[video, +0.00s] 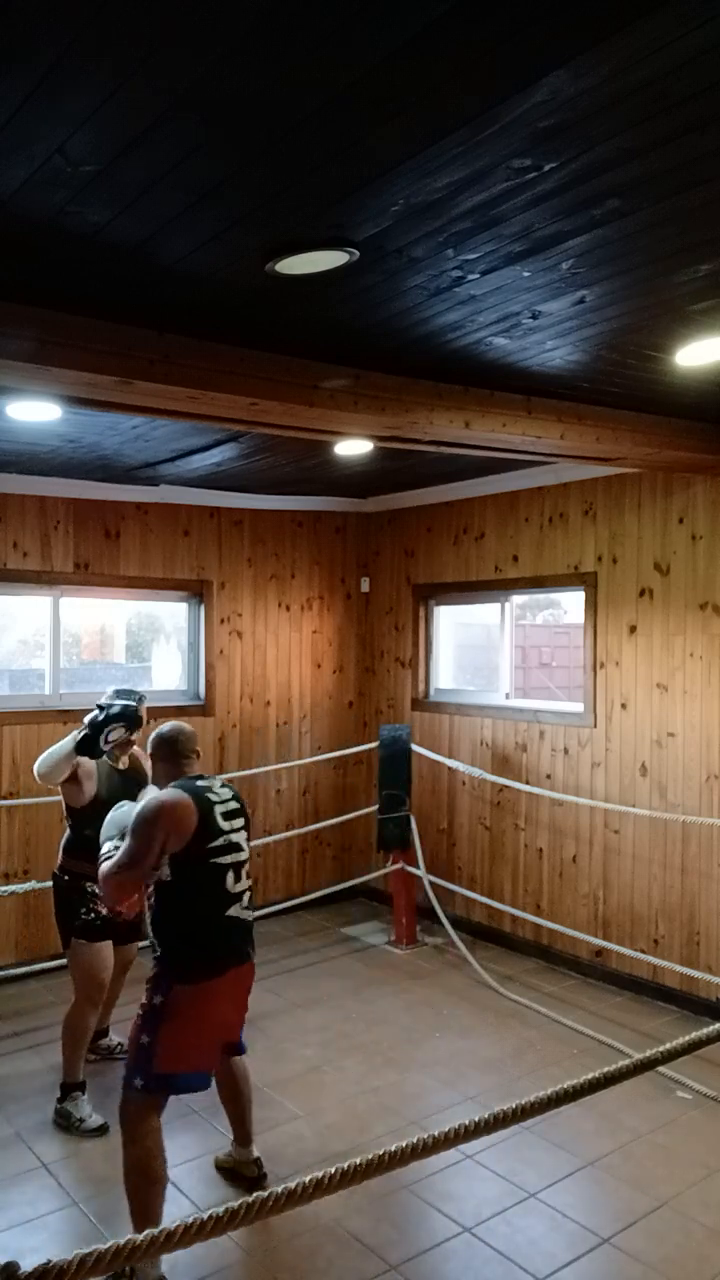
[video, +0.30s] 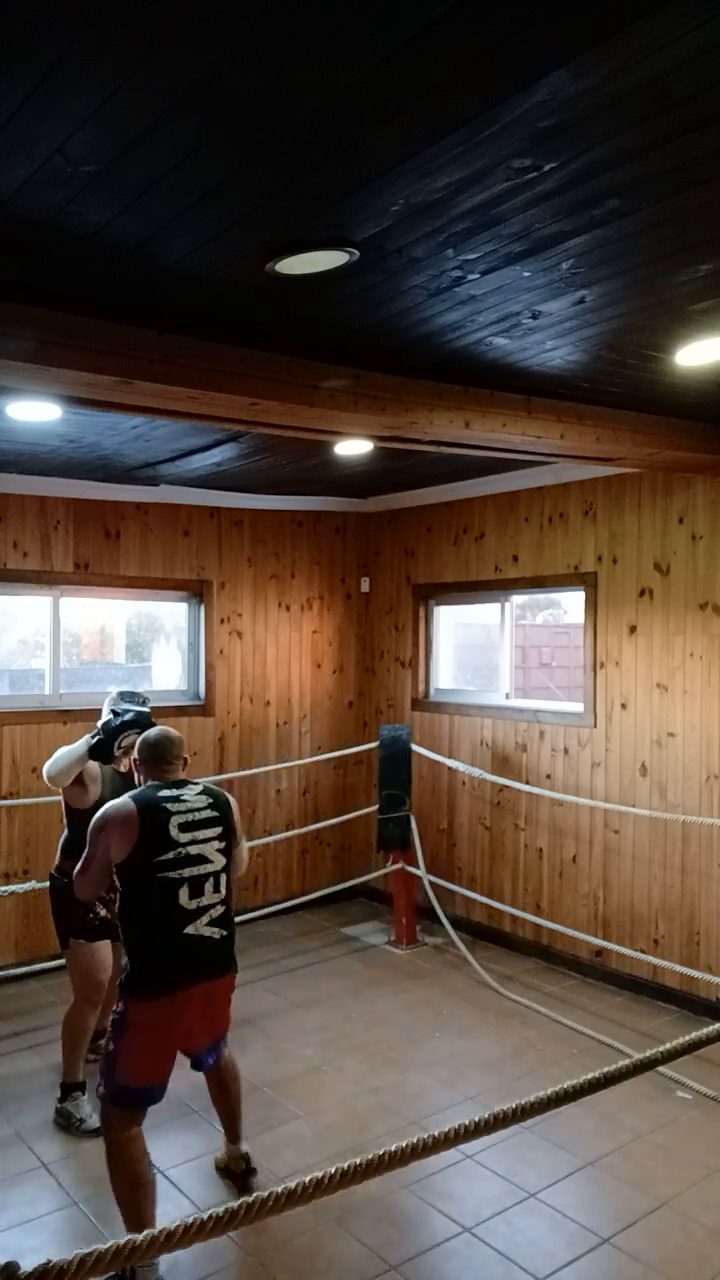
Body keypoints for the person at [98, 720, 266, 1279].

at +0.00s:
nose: (147, 768)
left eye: (147, 760)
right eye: (149, 759)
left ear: (151, 761)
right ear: (197, 757)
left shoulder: (162, 806)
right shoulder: (227, 794)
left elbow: (117, 891)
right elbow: (196, 853)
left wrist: (118, 845)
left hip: (188, 975)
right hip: (238, 963)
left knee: (139, 1110)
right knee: (227, 1049)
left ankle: (145, 1255)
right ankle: (245, 1155)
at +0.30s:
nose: (128, 767)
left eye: (130, 761)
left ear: (133, 764)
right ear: (185, 763)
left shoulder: (119, 815)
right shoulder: (221, 801)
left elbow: (86, 887)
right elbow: (233, 871)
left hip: (154, 983)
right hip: (218, 971)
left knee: (122, 1118)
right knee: (215, 1053)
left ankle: (143, 1255)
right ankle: (236, 1152)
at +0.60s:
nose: (128, 768)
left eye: (129, 762)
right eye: (133, 760)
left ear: (135, 765)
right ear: (179, 761)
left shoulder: (141, 811)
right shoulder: (197, 792)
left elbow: (87, 875)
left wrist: (97, 828)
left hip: (164, 975)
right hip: (215, 961)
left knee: (98, 1097)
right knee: (200, 1043)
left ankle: (135, 1240)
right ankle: (224, 1138)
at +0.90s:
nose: (126, 765)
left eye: (126, 757)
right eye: (132, 757)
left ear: (133, 758)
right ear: (174, 756)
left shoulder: (140, 807)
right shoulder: (193, 793)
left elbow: (78, 869)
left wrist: (96, 813)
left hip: (163, 964)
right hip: (199, 947)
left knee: (127, 1098)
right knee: (180, 1033)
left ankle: (175, 1235)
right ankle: (199, 1121)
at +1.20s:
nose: (109, 759)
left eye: (110, 752)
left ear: (113, 758)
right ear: (158, 753)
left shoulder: (127, 805)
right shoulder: (185, 788)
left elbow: (78, 878)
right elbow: (171, 857)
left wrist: (92, 832)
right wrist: (116, 860)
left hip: (156, 957)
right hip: (200, 943)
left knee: (105, 1086)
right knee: (186, 1029)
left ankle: (136, 1226)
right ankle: (203, 1121)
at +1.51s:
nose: (87, 762)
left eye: (88, 755)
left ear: (94, 756)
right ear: (141, 749)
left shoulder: (87, 803)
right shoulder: (181, 788)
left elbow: (44, 872)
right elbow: (211, 855)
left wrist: (58, 813)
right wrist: (173, 822)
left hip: (125, 960)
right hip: (180, 946)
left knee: (108, 1088)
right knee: (161, 1031)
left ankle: (137, 1227)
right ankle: (173, 1132)